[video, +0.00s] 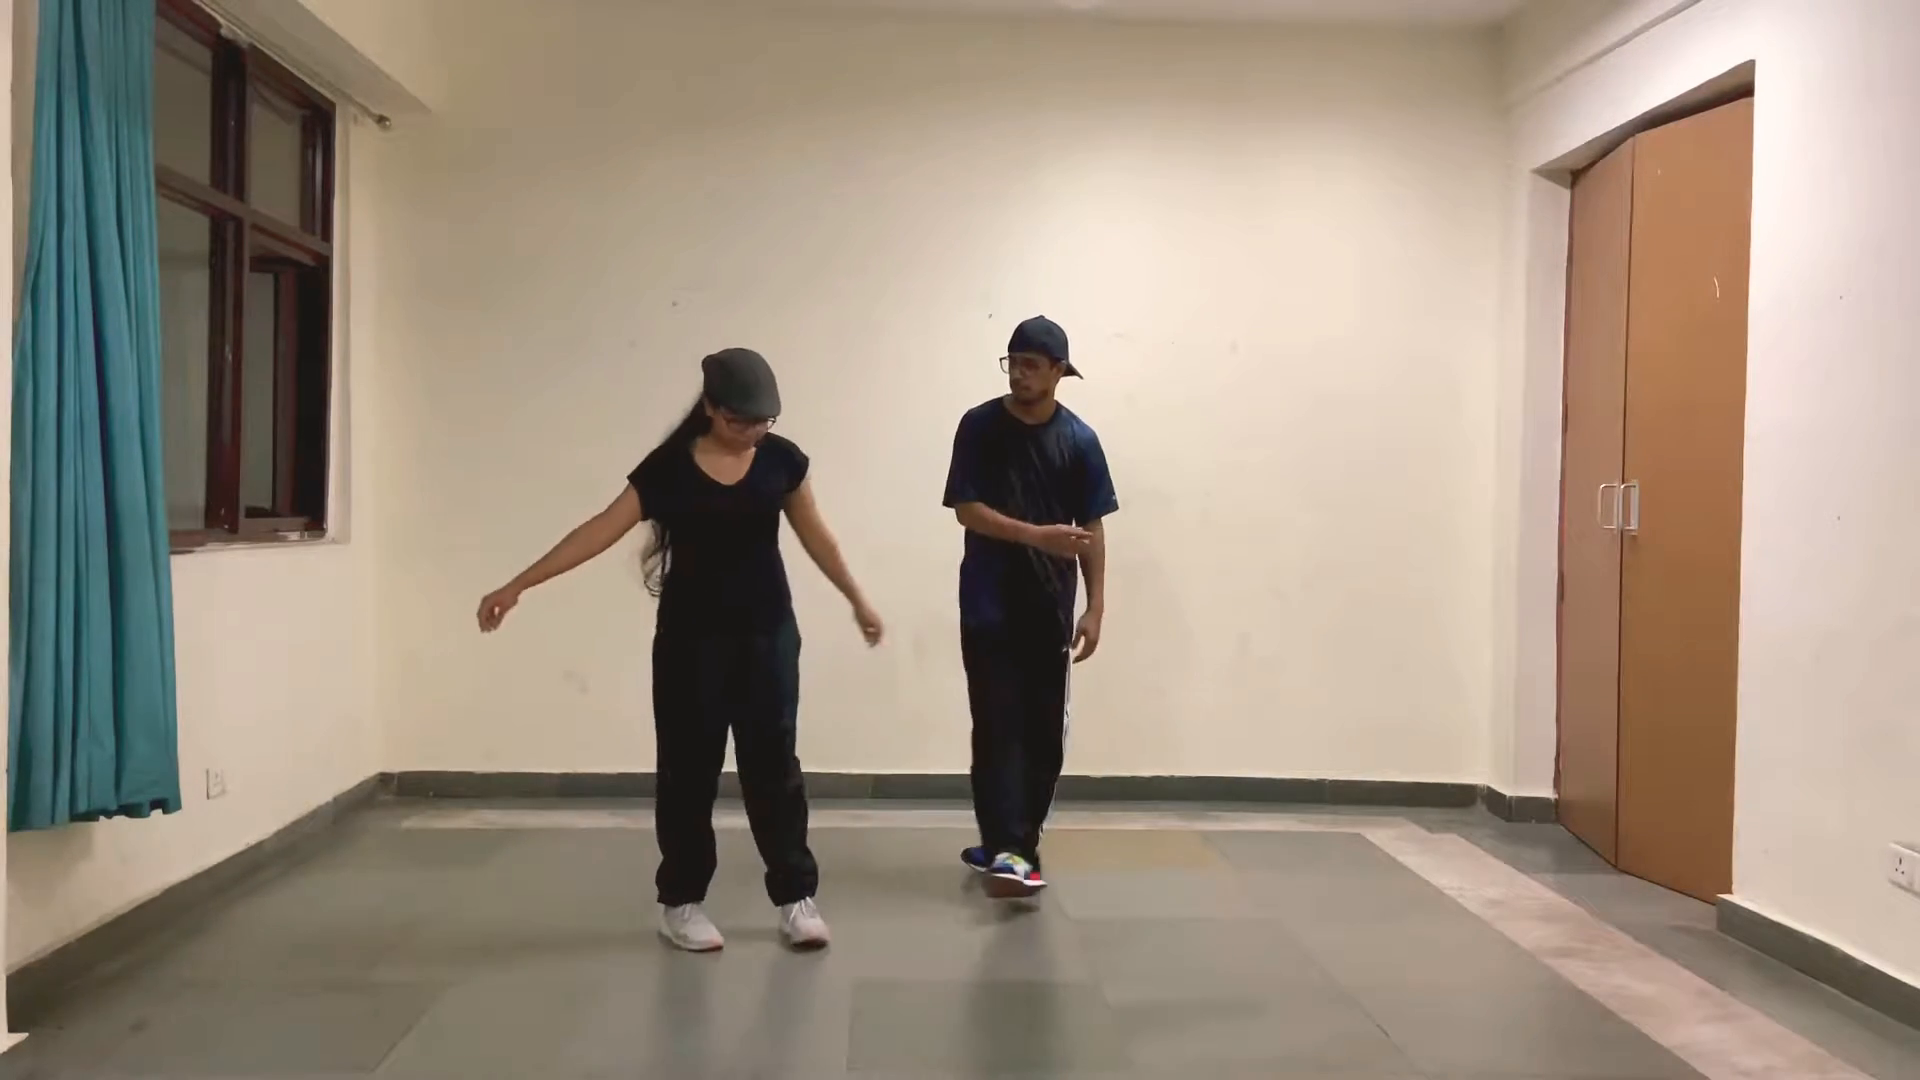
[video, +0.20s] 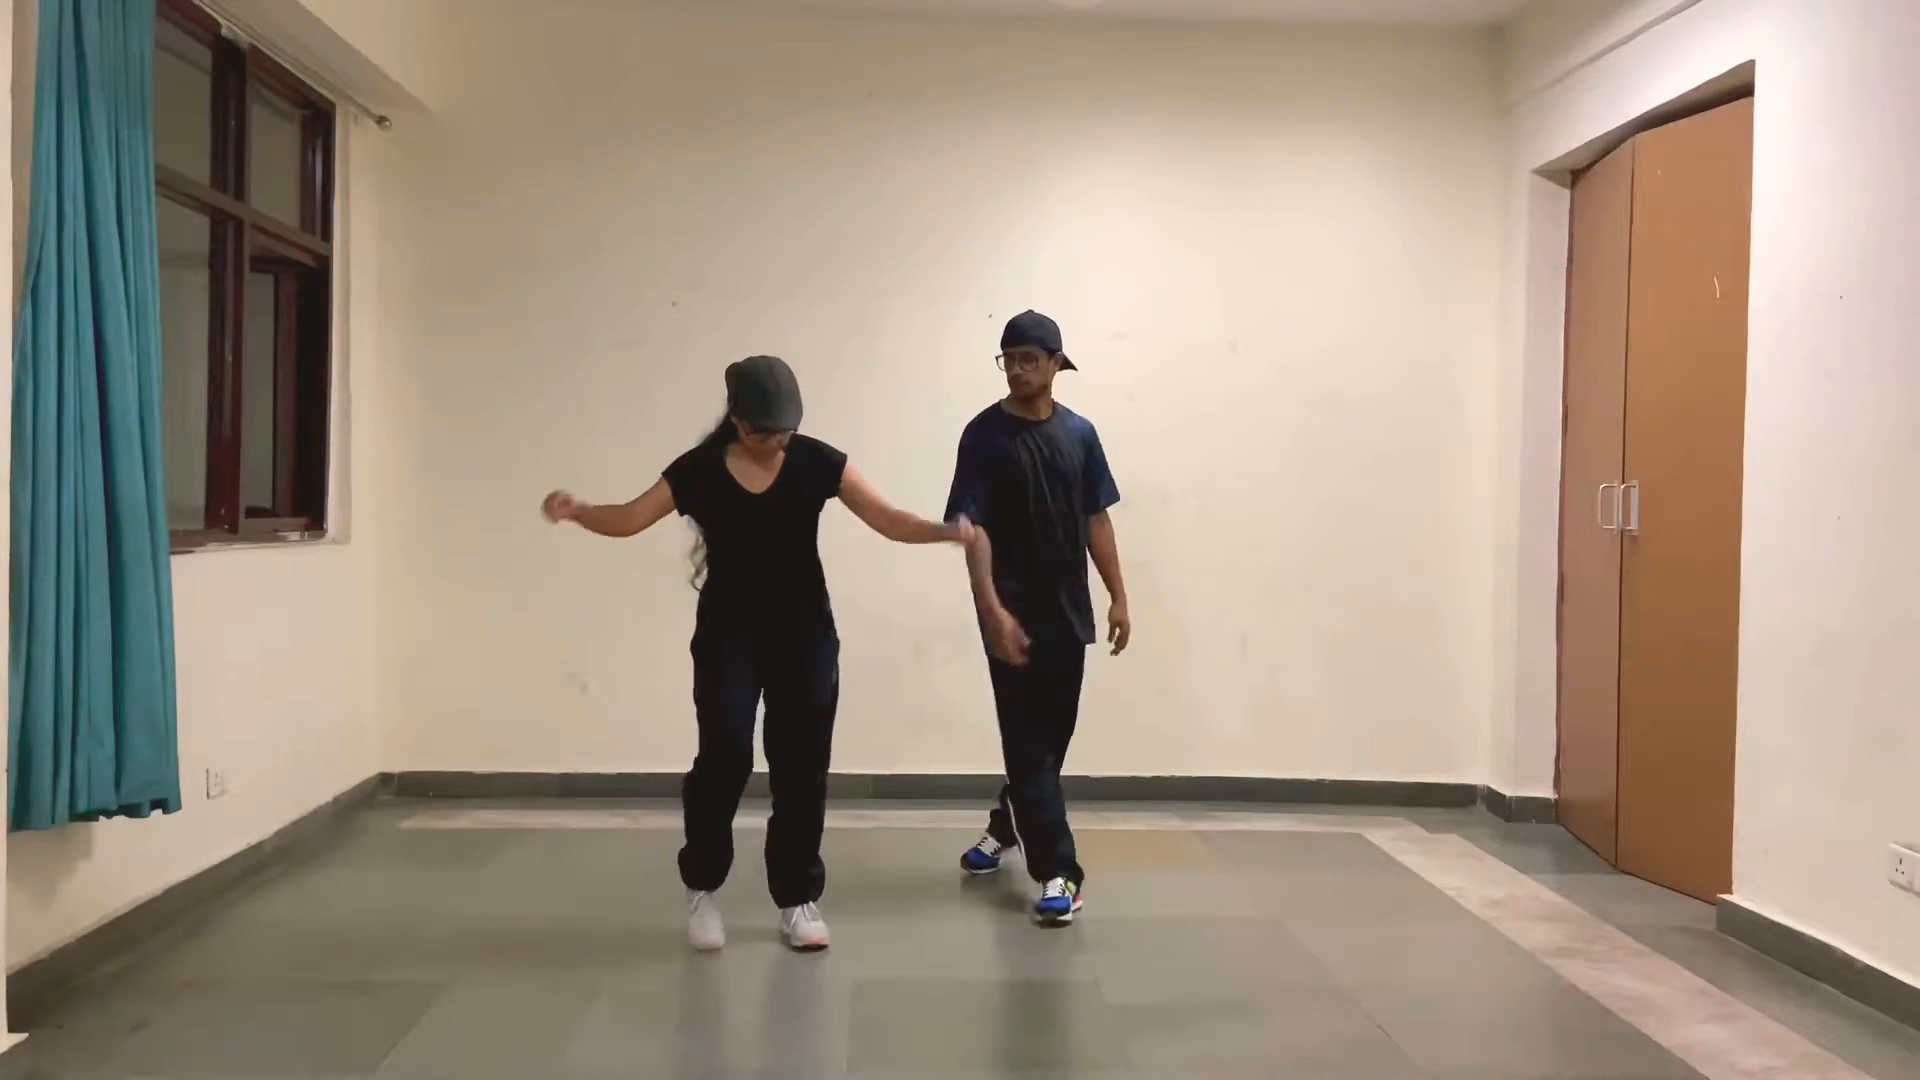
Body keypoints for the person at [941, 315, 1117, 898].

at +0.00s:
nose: (1022, 374)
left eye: (1034, 365)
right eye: (1015, 364)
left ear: (1059, 371)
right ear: (1006, 365)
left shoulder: (1079, 439)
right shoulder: (979, 426)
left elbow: (1092, 527)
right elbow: (965, 509)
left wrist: (1096, 607)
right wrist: (1036, 534)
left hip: (1049, 604)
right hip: (988, 600)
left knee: (1043, 724)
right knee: (996, 720)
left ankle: (1021, 848)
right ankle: (1005, 850)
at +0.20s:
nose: (1020, 368)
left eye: (1031, 359)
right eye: (1012, 359)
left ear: (1056, 364)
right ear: (1002, 366)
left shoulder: (1080, 433)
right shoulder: (983, 434)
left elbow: (1096, 519)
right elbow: (972, 530)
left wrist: (1119, 596)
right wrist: (993, 613)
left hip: (1067, 604)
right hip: (1009, 606)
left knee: (1053, 733)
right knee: (1026, 738)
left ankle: (1002, 828)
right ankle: (1057, 871)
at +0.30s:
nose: (1022, 366)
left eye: (1032, 354)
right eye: (1011, 357)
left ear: (1053, 356)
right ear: (1000, 362)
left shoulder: (1082, 418)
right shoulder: (988, 434)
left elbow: (1099, 503)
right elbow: (971, 530)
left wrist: (1130, 576)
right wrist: (944, 612)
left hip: (1075, 600)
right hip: (1013, 605)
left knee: (1053, 728)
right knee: (1029, 735)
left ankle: (995, 821)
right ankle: (1055, 872)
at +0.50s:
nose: (1018, 362)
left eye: (1028, 350)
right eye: (1007, 354)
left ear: (1051, 351)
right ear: (997, 360)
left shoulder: (1086, 407)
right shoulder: (988, 436)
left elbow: (1119, 481)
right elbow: (955, 521)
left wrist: (1169, 545)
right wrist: (902, 586)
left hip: (1088, 597)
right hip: (1024, 605)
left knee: (1074, 723)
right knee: (1036, 736)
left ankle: (1004, 809)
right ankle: (1056, 872)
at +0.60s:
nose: (1019, 359)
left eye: (1029, 347)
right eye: (1008, 351)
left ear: (1052, 348)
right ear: (997, 358)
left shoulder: (1088, 407)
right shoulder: (986, 433)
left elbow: (1127, 477)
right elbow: (953, 520)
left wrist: (1183, 537)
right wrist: (899, 579)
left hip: (1093, 595)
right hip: (1026, 604)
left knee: (1089, 721)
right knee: (1040, 727)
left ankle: (1022, 811)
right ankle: (1054, 871)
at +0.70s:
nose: (1021, 357)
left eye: (1031, 345)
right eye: (1010, 348)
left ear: (1054, 347)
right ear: (998, 353)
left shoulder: (1088, 410)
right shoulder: (985, 431)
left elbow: (1128, 484)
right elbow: (955, 519)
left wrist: (1191, 543)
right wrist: (903, 580)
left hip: (1094, 604)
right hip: (1025, 612)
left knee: (1102, 725)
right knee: (1037, 735)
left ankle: (1055, 835)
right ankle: (1054, 873)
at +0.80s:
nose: (1022, 355)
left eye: (1034, 344)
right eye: (1012, 345)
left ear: (1056, 345)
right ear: (999, 348)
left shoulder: (1087, 412)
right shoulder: (983, 427)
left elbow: (1124, 488)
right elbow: (959, 516)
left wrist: (1183, 549)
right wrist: (910, 579)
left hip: (1095, 608)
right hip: (1024, 616)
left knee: (1108, 731)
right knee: (1034, 745)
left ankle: (1090, 846)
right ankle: (1052, 872)